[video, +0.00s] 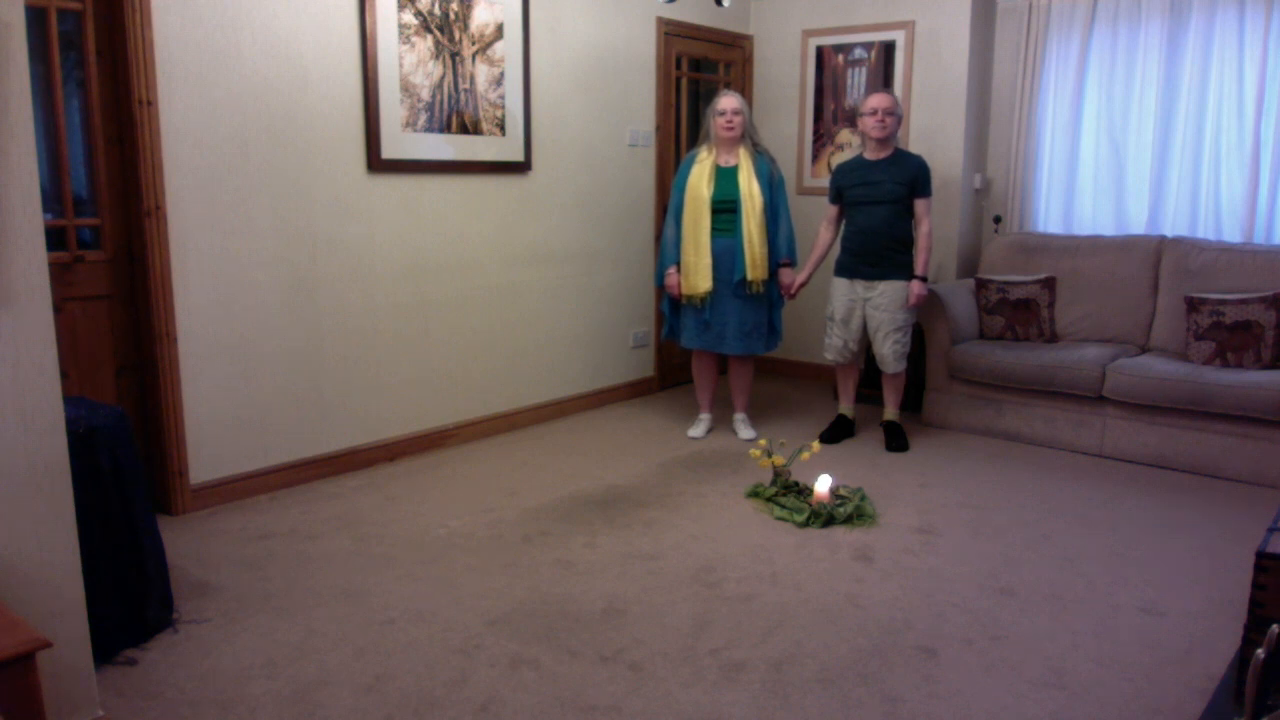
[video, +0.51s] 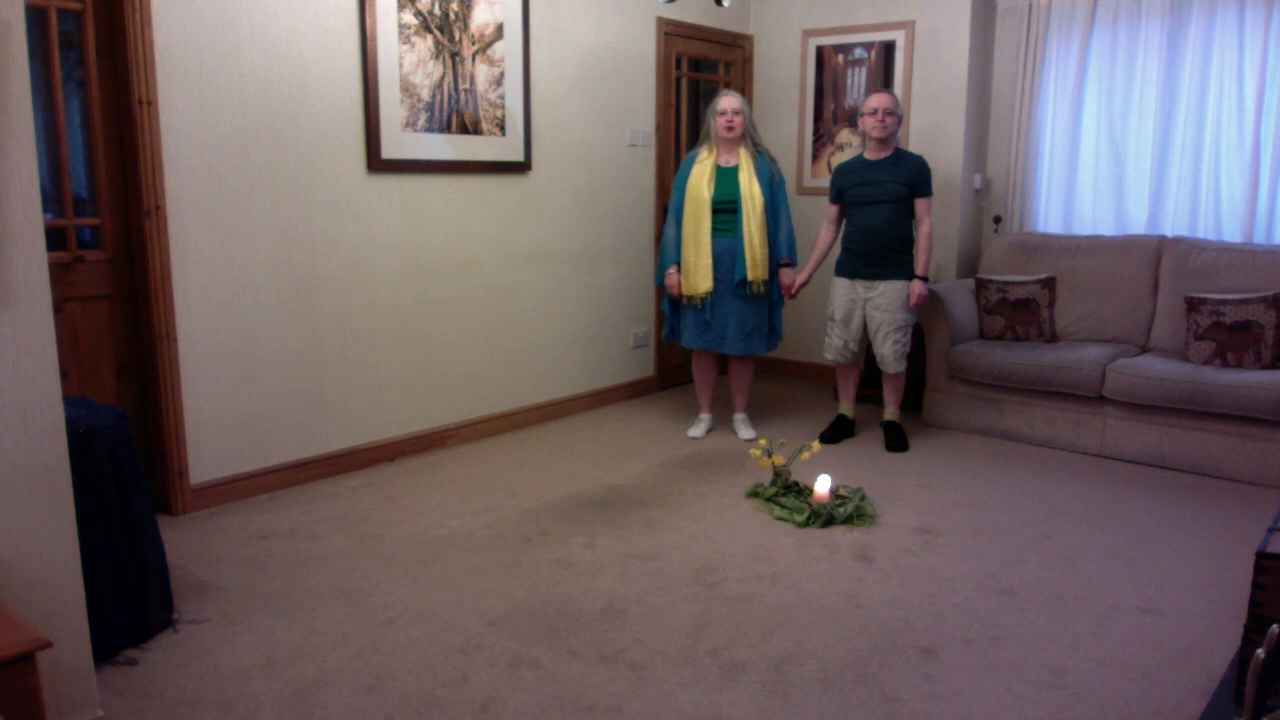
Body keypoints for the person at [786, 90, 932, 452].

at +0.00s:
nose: (881, 119)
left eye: (888, 113)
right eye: (873, 114)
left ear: (899, 121)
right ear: (859, 122)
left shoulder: (914, 167)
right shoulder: (843, 172)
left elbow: (923, 225)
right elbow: (829, 227)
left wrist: (920, 276)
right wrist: (805, 274)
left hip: (894, 279)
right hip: (849, 277)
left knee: (892, 355)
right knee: (844, 349)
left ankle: (892, 420)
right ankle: (845, 415)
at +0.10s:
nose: (881, 119)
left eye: (888, 113)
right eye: (873, 114)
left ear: (899, 121)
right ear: (859, 122)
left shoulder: (914, 167)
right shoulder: (843, 172)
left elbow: (923, 225)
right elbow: (829, 227)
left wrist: (920, 276)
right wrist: (805, 273)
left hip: (894, 279)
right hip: (849, 277)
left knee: (892, 355)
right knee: (844, 349)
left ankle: (892, 420)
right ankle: (845, 415)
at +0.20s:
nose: (881, 119)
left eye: (888, 113)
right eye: (873, 114)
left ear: (899, 121)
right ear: (860, 122)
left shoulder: (914, 167)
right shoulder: (844, 172)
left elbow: (923, 225)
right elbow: (830, 227)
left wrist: (920, 276)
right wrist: (805, 273)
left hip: (894, 278)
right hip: (849, 276)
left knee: (892, 354)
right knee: (844, 349)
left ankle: (892, 420)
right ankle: (845, 415)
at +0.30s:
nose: (881, 119)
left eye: (888, 113)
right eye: (873, 114)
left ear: (899, 121)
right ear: (860, 122)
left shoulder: (914, 166)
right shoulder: (844, 172)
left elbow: (923, 225)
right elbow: (830, 227)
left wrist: (920, 276)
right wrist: (805, 274)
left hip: (894, 278)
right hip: (849, 276)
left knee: (892, 354)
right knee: (844, 349)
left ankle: (892, 420)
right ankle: (845, 415)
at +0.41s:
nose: (881, 119)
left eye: (888, 113)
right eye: (873, 113)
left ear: (899, 121)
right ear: (860, 122)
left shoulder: (914, 166)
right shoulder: (844, 172)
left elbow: (924, 225)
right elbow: (830, 227)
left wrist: (920, 276)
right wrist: (806, 273)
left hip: (894, 278)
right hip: (849, 276)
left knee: (892, 355)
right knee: (844, 349)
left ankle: (892, 420)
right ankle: (845, 415)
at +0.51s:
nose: (881, 119)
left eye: (888, 113)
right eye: (873, 113)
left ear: (899, 121)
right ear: (860, 122)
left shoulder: (914, 166)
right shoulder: (844, 172)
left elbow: (924, 224)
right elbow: (830, 227)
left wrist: (920, 276)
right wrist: (806, 273)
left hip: (894, 278)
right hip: (849, 276)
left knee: (892, 354)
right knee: (844, 348)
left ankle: (892, 420)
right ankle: (845, 415)